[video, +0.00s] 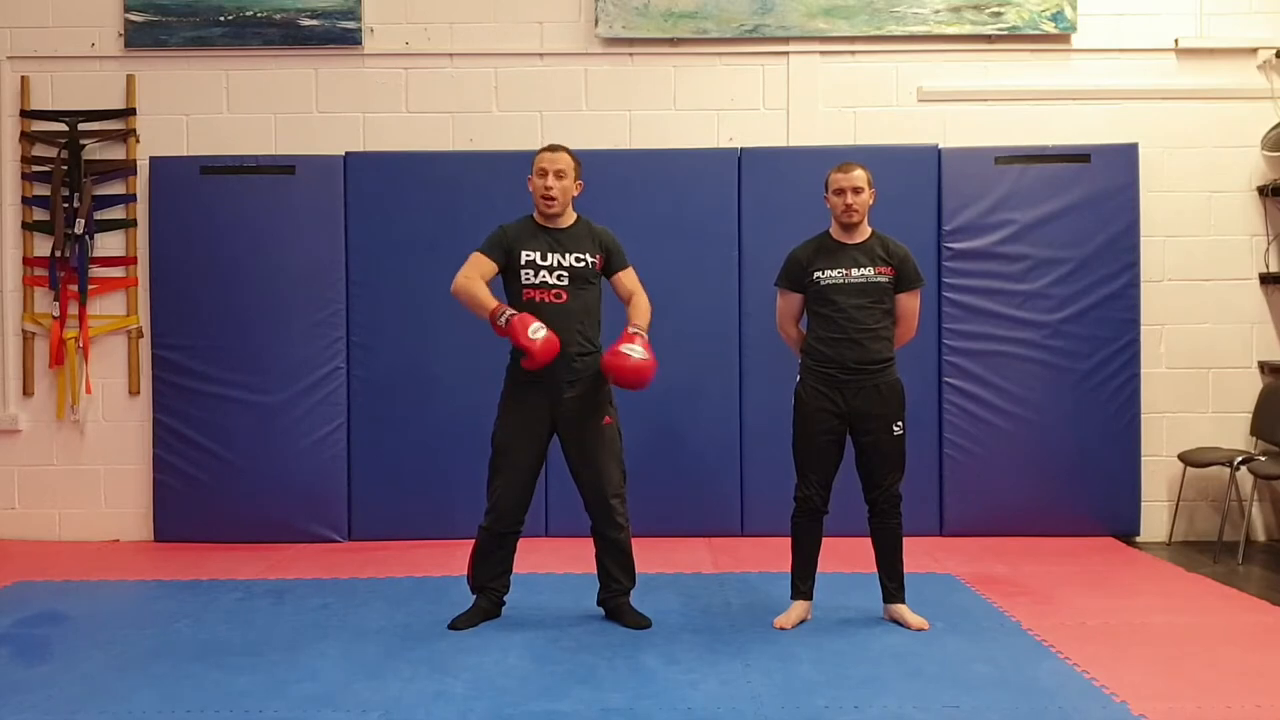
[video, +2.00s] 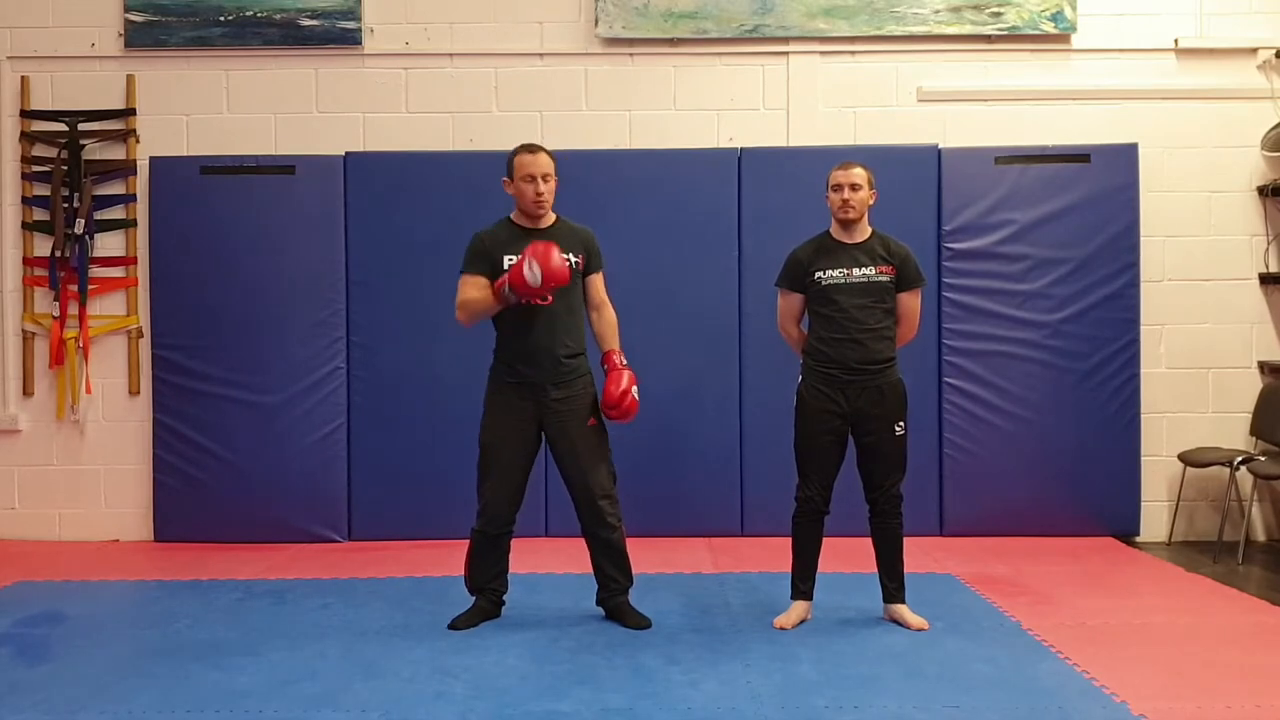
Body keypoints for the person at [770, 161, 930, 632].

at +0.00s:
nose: (848, 199)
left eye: (856, 191)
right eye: (839, 192)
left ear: (871, 196)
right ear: (827, 199)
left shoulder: (896, 256)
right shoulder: (804, 258)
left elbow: (907, 328)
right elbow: (787, 326)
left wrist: (865, 353)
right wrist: (823, 357)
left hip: (878, 391)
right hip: (819, 392)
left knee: (885, 498)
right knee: (809, 497)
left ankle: (894, 601)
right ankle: (801, 598)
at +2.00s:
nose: (845, 196)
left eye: (854, 188)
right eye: (837, 188)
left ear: (872, 196)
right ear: (827, 197)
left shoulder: (897, 256)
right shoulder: (805, 258)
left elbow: (908, 327)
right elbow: (788, 325)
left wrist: (866, 353)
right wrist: (822, 357)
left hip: (880, 392)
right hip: (821, 393)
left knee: (886, 499)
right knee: (811, 497)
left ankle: (894, 601)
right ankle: (801, 599)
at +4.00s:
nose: (831, 216)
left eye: (837, 207)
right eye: (828, 208)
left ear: (865, 204)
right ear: (848, 207)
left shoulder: (886, 252)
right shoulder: (843, 254)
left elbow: (897, 325)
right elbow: (825, 328)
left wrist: (840, 358)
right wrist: (816, 288)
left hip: (873, 383)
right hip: (843, 382)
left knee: (875, 493)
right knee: (845, 490)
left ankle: (907, 609)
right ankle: (859, 592)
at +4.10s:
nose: (836, 215)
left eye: (842, 206)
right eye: (833, 207)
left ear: (870, 202)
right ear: (855, 205)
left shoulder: (889, 251)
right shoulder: (858, 253)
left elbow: (896, 323)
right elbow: (839, 316)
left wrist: (840, 358)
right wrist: (825, 280)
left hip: (879, 383)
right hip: (850, 380)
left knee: (882, 493)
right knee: (843, 488)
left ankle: (908, 611)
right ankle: (859, 591)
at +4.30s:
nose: (840, 217)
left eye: (845, 207)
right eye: (836, 210)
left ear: (872, 200)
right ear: (862, 204)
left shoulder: (898, 252)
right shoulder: (859, 254)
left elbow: (896, 325)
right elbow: (845, 331)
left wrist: (841, 361)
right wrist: (826, 294)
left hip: (887, 383)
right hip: (856, 381)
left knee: (888, 495)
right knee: (830, 483)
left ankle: (910, 613)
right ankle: (867, 577)